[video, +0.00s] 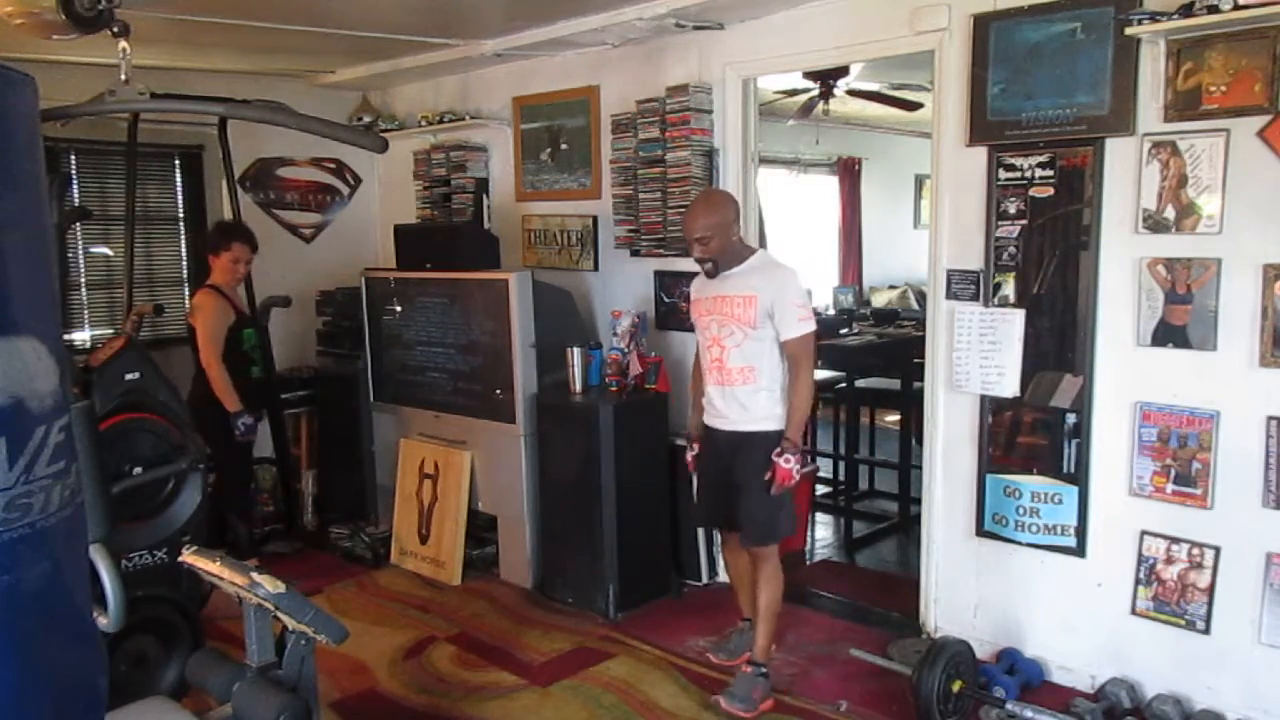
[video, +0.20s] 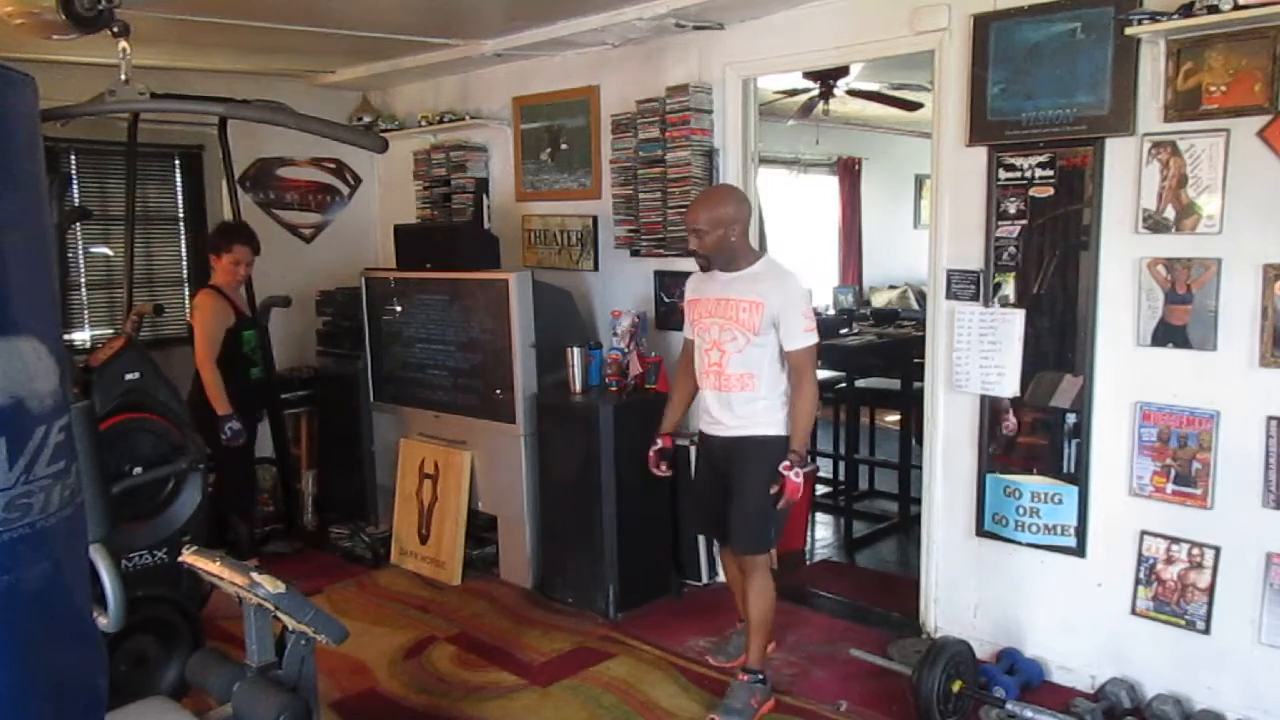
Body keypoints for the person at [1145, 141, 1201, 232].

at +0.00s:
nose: (1157, 158)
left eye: (1159, 153)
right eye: (1155, 156)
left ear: (1168, 150)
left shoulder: (1175, 161)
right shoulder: (1164, 167)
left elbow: (1171, 187)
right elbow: (1161, 189)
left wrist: (1160, 213)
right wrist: (1157, 212)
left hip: (1189, 210)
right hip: (1180, 212)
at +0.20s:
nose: (1157, 158)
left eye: (1159, 153)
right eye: (1155, 155)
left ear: (1168, 150)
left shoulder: (1175, 161)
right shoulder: (1164, 166)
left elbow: (1170, 187)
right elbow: (1161, 188)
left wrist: (1160, 213)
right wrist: (1157, 212)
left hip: (1189, 210)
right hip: (1180, 212)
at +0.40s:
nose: (1157, 158)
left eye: (1159, 153)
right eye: (1155, 155)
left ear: (1168, 150)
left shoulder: (1175, 161)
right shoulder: (1164, 166)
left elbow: (1170, 187)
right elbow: (1161, 188)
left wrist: (1160, 213)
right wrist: (1157, 212)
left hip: (1190, 210)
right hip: (1180, 212)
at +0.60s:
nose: (1157, 158)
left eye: (1159, 153)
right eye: (1155, 156)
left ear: (1168, 150)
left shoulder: (1175, 161)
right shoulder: (1164, 166)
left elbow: (1170, 187)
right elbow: (1161, 188)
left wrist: (1160, 213)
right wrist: (1157, 212)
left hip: (1190, 210)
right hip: (1180, 212)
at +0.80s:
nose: (1157, 158)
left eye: (1159, 153)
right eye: (1155, 156)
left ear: (1168, 150)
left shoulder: (1175, 161)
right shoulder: (1164, 166)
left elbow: (1170, 187)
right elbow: (1161, 188)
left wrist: (1160, 213)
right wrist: (1157, 212)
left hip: (1190, 210)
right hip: (1180, 212)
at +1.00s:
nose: (1157, 158)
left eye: (1159, 153)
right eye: (1155, 156)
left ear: (1168, 150)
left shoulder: (1175, 161)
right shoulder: (1164, 166)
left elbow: (1170, 187)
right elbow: (1161, 188)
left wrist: (1160, 213)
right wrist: (1157, 212)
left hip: (1190, 210)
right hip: (1180, 212)